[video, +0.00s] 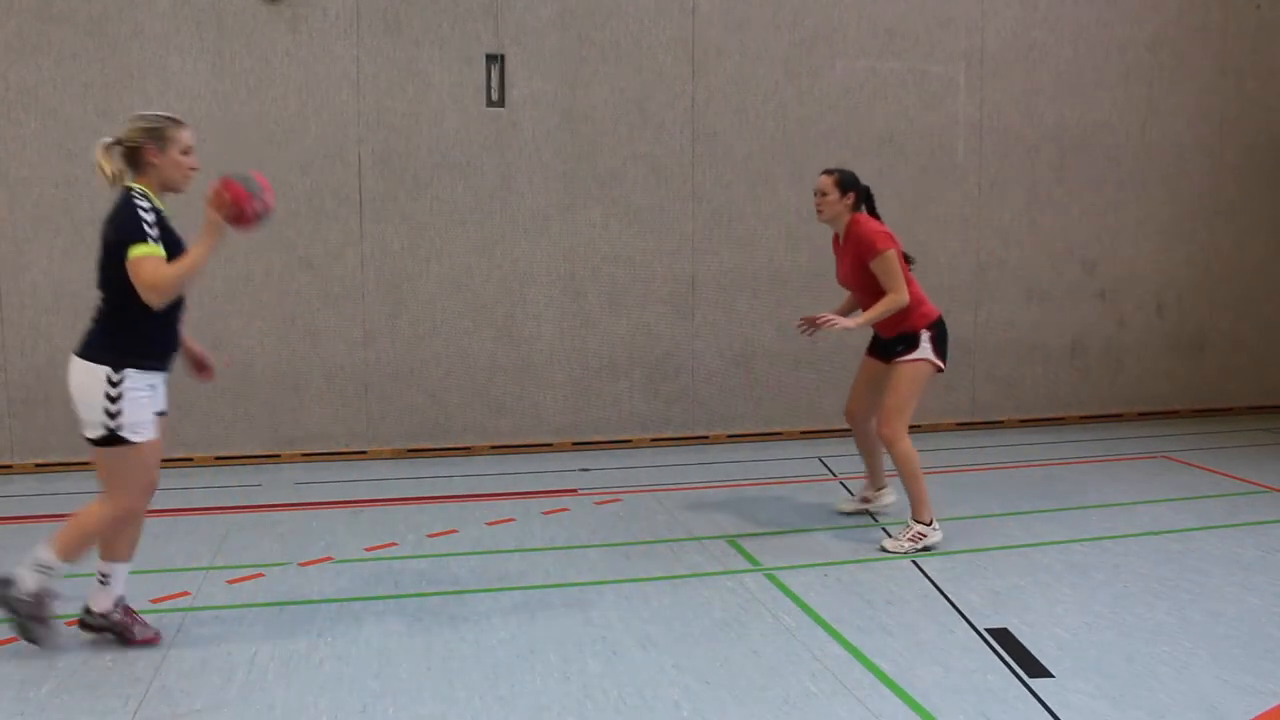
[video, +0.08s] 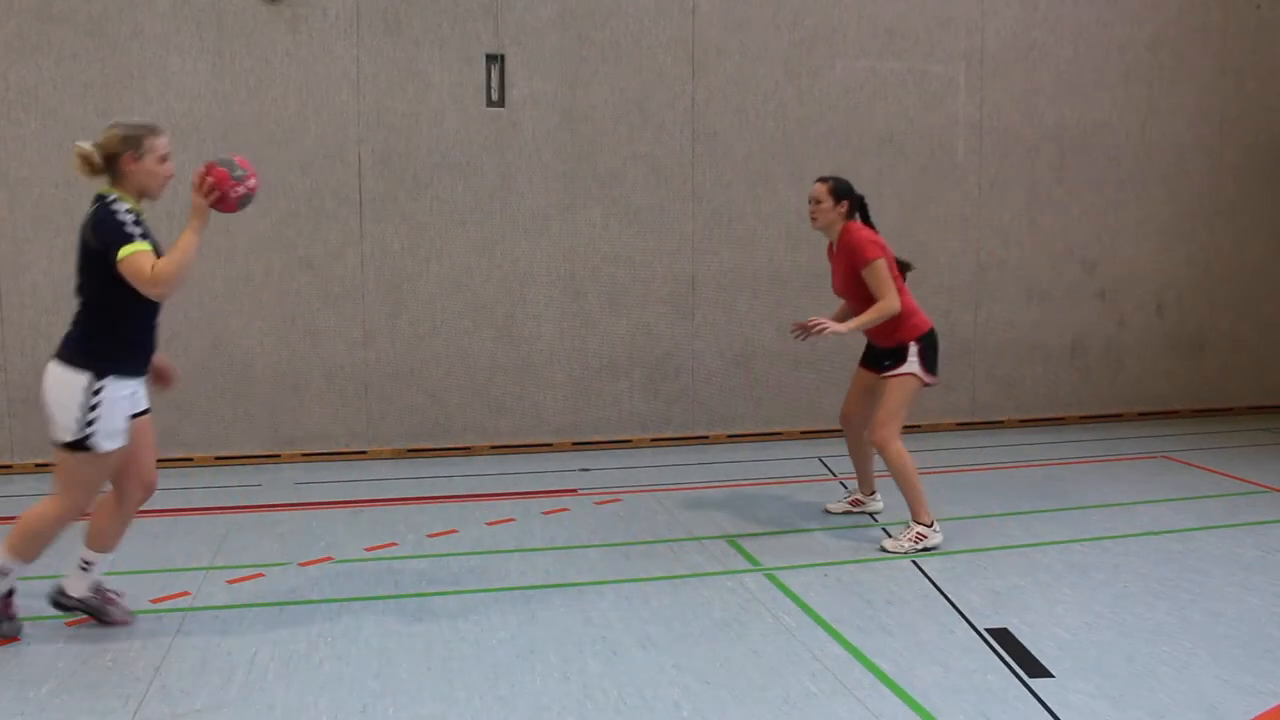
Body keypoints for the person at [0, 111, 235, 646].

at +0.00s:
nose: (194, 162)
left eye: (193, 152)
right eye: (185, 152)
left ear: (155, 157)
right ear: (152, 156)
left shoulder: (149, 210)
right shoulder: (132, 212)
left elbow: (148, 292)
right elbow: (154, 289)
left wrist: (183, 343)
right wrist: (209, 235)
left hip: (140, 372)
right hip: (113, 373)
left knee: (138, 488)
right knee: (123, 496)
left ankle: (105, 604)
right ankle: (29, 582)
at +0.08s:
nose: (171, 169)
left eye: (170, 159)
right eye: (162, 160)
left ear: (134, 165)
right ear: (130, 164)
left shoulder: (132, 215)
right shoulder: (110, 218)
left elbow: (113, 303)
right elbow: (157, 281)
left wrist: (145, 358)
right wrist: (198, 221)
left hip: (124, 377)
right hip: (88, 379)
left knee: (137, 482)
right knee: (71, 499)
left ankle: (79, 585)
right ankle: (2, 577)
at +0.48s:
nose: (181, 202)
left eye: (182, 193)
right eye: (174, 192)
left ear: (144, 193)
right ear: (141, 191)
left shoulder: (129, 235)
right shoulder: (124, 240)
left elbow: (107, 309)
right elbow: (165, 321)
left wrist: (133, 365)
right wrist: (232, 331)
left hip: (111, 384)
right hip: (83, 386)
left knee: (114, 480)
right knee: (85, 493)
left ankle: (45, 571)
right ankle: (6, 570)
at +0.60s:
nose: (213, 205)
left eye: (215, 196)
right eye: (208, 195)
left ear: (176, 191)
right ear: (177, 188)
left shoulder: (160, 233)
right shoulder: (158, 238)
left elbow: (158, 312)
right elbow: (136, 319)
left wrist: (197, 349)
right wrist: (182, 367)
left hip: (106, 370)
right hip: (122, 377)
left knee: (96, 475)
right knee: (142, 486)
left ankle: (43, 574)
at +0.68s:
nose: (233, 211)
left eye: (236, 202)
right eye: (229, 201)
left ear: (200, 195)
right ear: (198, 192)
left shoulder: (185, 240)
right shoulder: (176, 241)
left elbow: (190, 317)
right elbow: (150, 318)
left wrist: (243, 346)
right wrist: (199, 364)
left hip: (125, 372)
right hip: (146, 380)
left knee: (105, 477)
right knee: (183, 484)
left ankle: (46, 570)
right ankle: (124, 578)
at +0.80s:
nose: (274, 216)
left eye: (275, 207)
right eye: (269, 206)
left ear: (241, 203)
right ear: (240, 201)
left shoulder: (230, 249)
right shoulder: (219, 250)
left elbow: (244, 319)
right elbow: (217, 325)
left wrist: (296, 345)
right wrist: (287, 344)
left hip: (185, 380)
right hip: (188, 385)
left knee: (198, 479)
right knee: (213, 488)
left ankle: (110, 535)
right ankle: (136, 573)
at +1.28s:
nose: (531, 173)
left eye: (531, 165)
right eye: (522, 165)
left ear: (523, 172)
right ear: (494, 171)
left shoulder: (523, 219)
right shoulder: (475, 216)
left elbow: (536, 276)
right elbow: (426, 225)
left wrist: (582, 306)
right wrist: (469, 204)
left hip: (520, 344)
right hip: (487, 343)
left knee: (514, 444)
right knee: (508, 443)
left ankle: (450, 509)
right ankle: (457, 515)